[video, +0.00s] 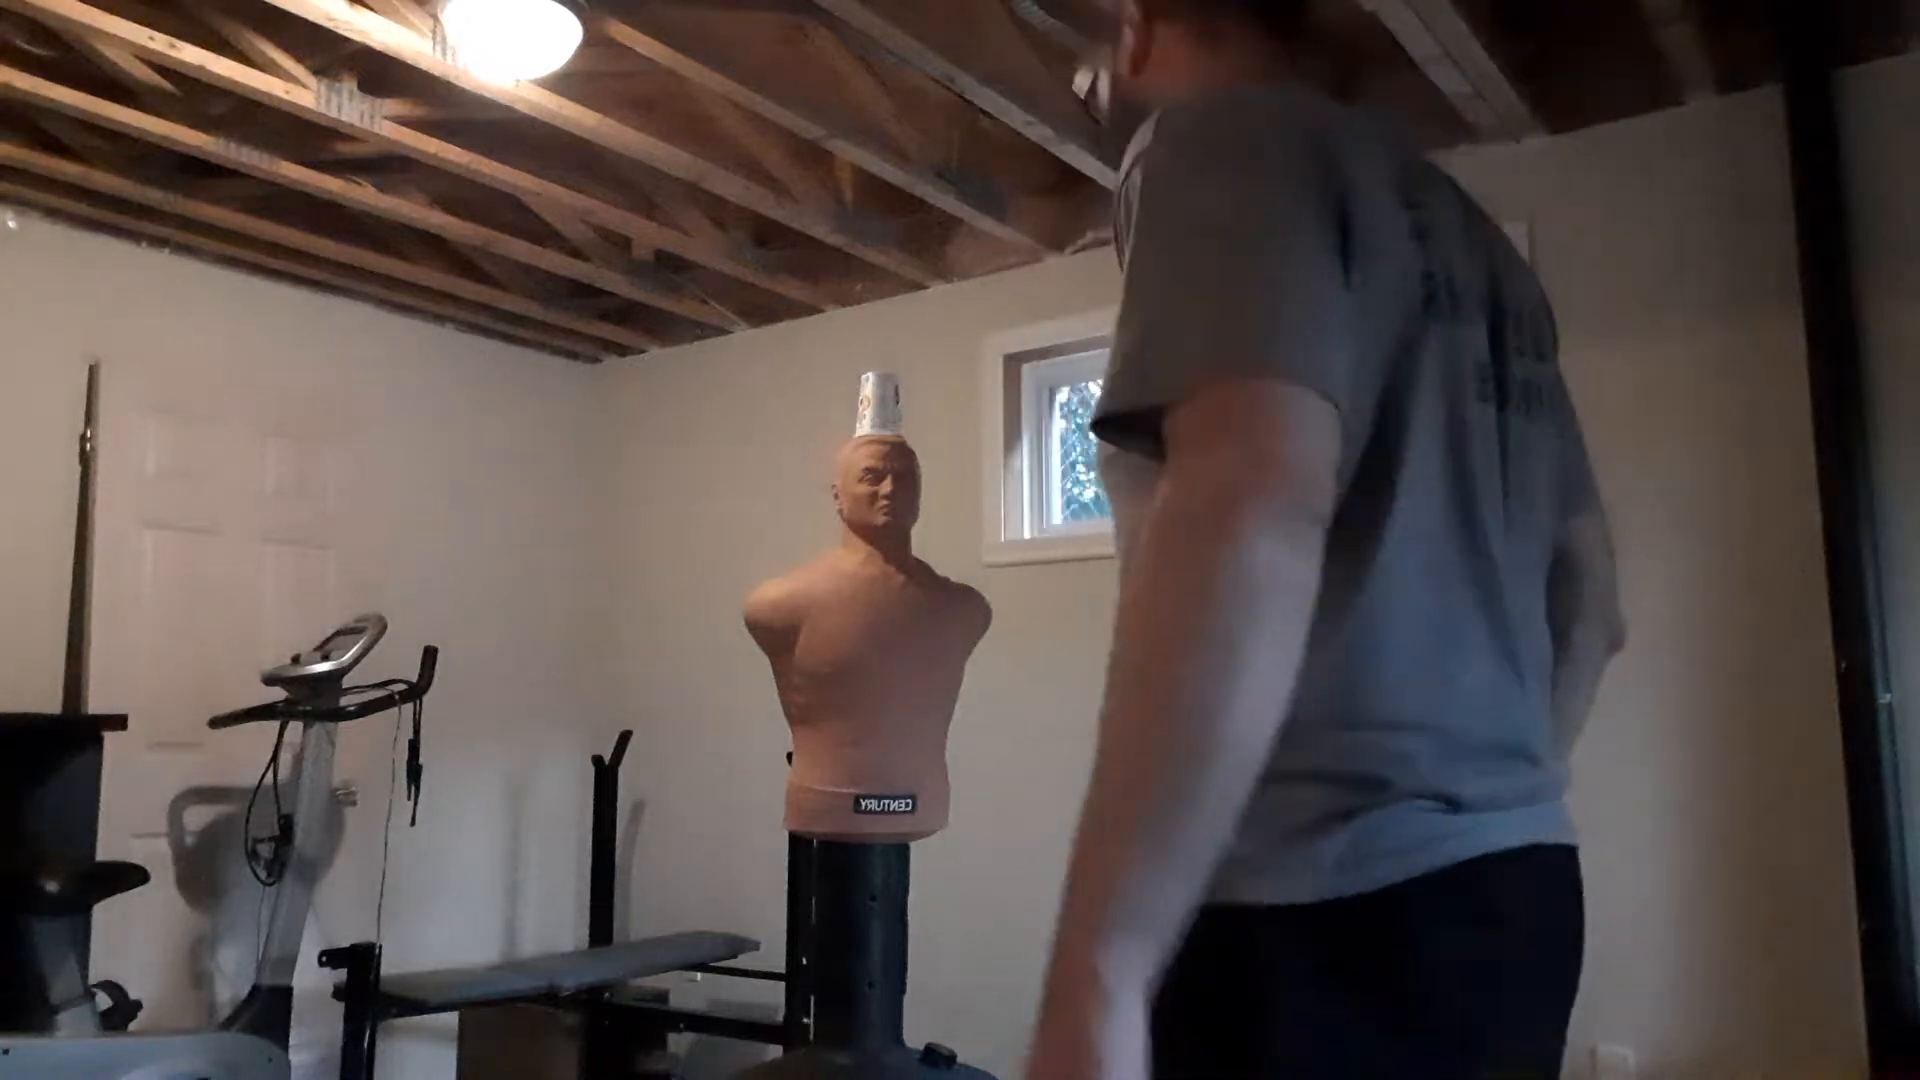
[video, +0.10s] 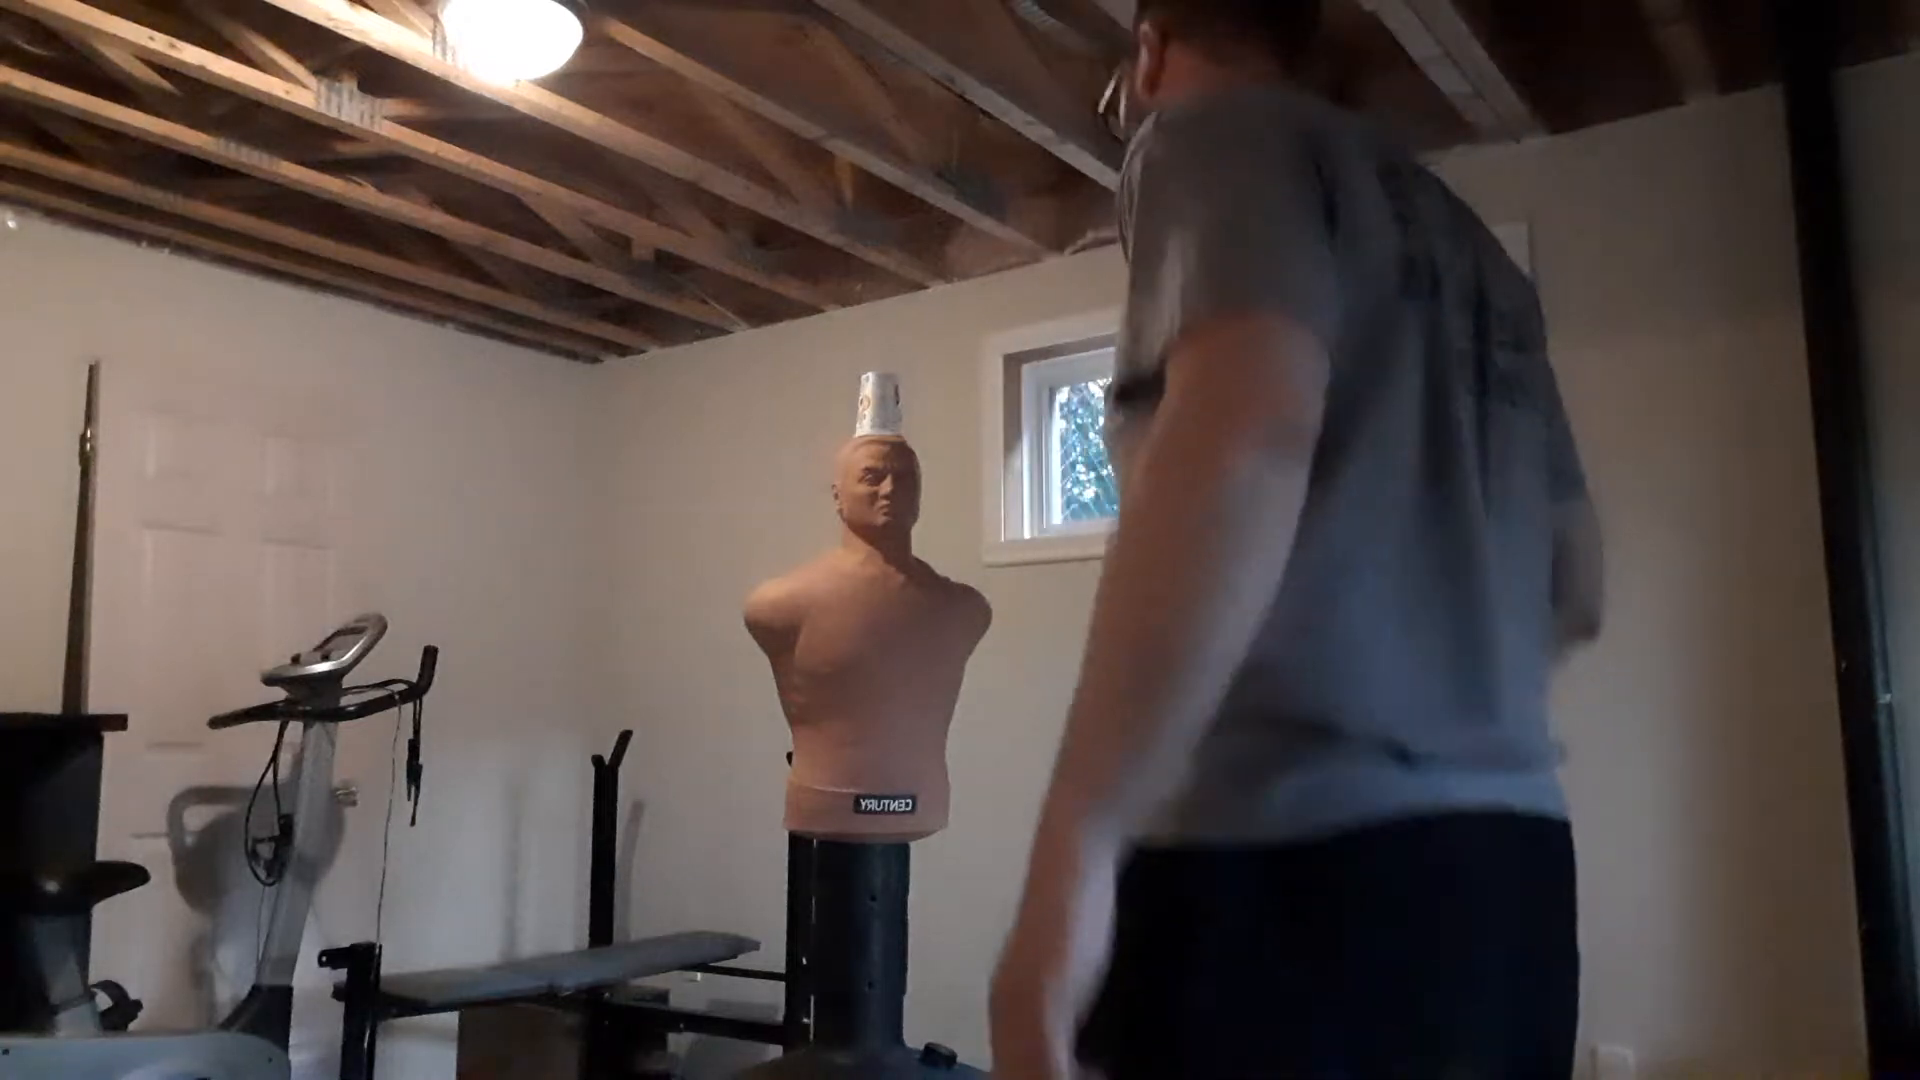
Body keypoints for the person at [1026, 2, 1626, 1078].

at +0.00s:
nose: (1118, 78)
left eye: (1122, 46)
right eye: (1118, 52)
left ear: (1152, 27)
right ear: (1292, 26)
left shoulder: (1236, 138)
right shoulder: (1474, 233)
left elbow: (1250, 502)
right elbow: (1585, 605)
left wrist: (1100, 980)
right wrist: (1476, 822)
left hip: (1316, 907)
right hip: (1507, 888)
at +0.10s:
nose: (1128, 116)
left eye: (1126, 86)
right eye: (1123, 97)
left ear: (1152, 52)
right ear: (1311, 48)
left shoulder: (1222, 130)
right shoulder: (1473, 240)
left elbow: (1248, 415)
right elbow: (1567, 585)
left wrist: (1074, 856)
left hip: (1280, 865)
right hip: (1504, 871)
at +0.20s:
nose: (1125, 128)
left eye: (1125, 108)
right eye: (1122, 118)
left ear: (1155, 67)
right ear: (1310, 72)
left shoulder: (1205, 132)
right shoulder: (1434, 234)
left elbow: (1234, 365)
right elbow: (1509, 544)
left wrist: (1063, 748)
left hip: (1256, 840)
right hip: (1489, 841)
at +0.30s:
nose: (1121, 153)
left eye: (1119, 130)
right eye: (1122, 135)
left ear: (1143, 108)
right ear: (1285, 119)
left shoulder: (1177, 179)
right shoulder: (1407, 266)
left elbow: (1177, 427)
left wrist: (1034, 751)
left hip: (1233, 868)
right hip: (1463, 862)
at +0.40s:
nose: (1095, 165)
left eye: (1093, 141)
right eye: (1094, 145)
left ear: (1115, 121)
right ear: (1248, 120)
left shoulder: (1143, 228)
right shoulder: (1387, 287)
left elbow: (1108, 532)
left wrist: (991, 821)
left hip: (1202, 884)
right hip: (1426, 877)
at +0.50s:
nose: (1065, 187)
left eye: (1065, 157)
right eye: (1060, 164)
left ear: (1098, 128)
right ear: (1205, 131)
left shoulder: (1106, 267)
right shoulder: (1369, 310)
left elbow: (1065, 592)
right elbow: (1420, 608)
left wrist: (951, 876)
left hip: (1171, 855)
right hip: (1375, 859)